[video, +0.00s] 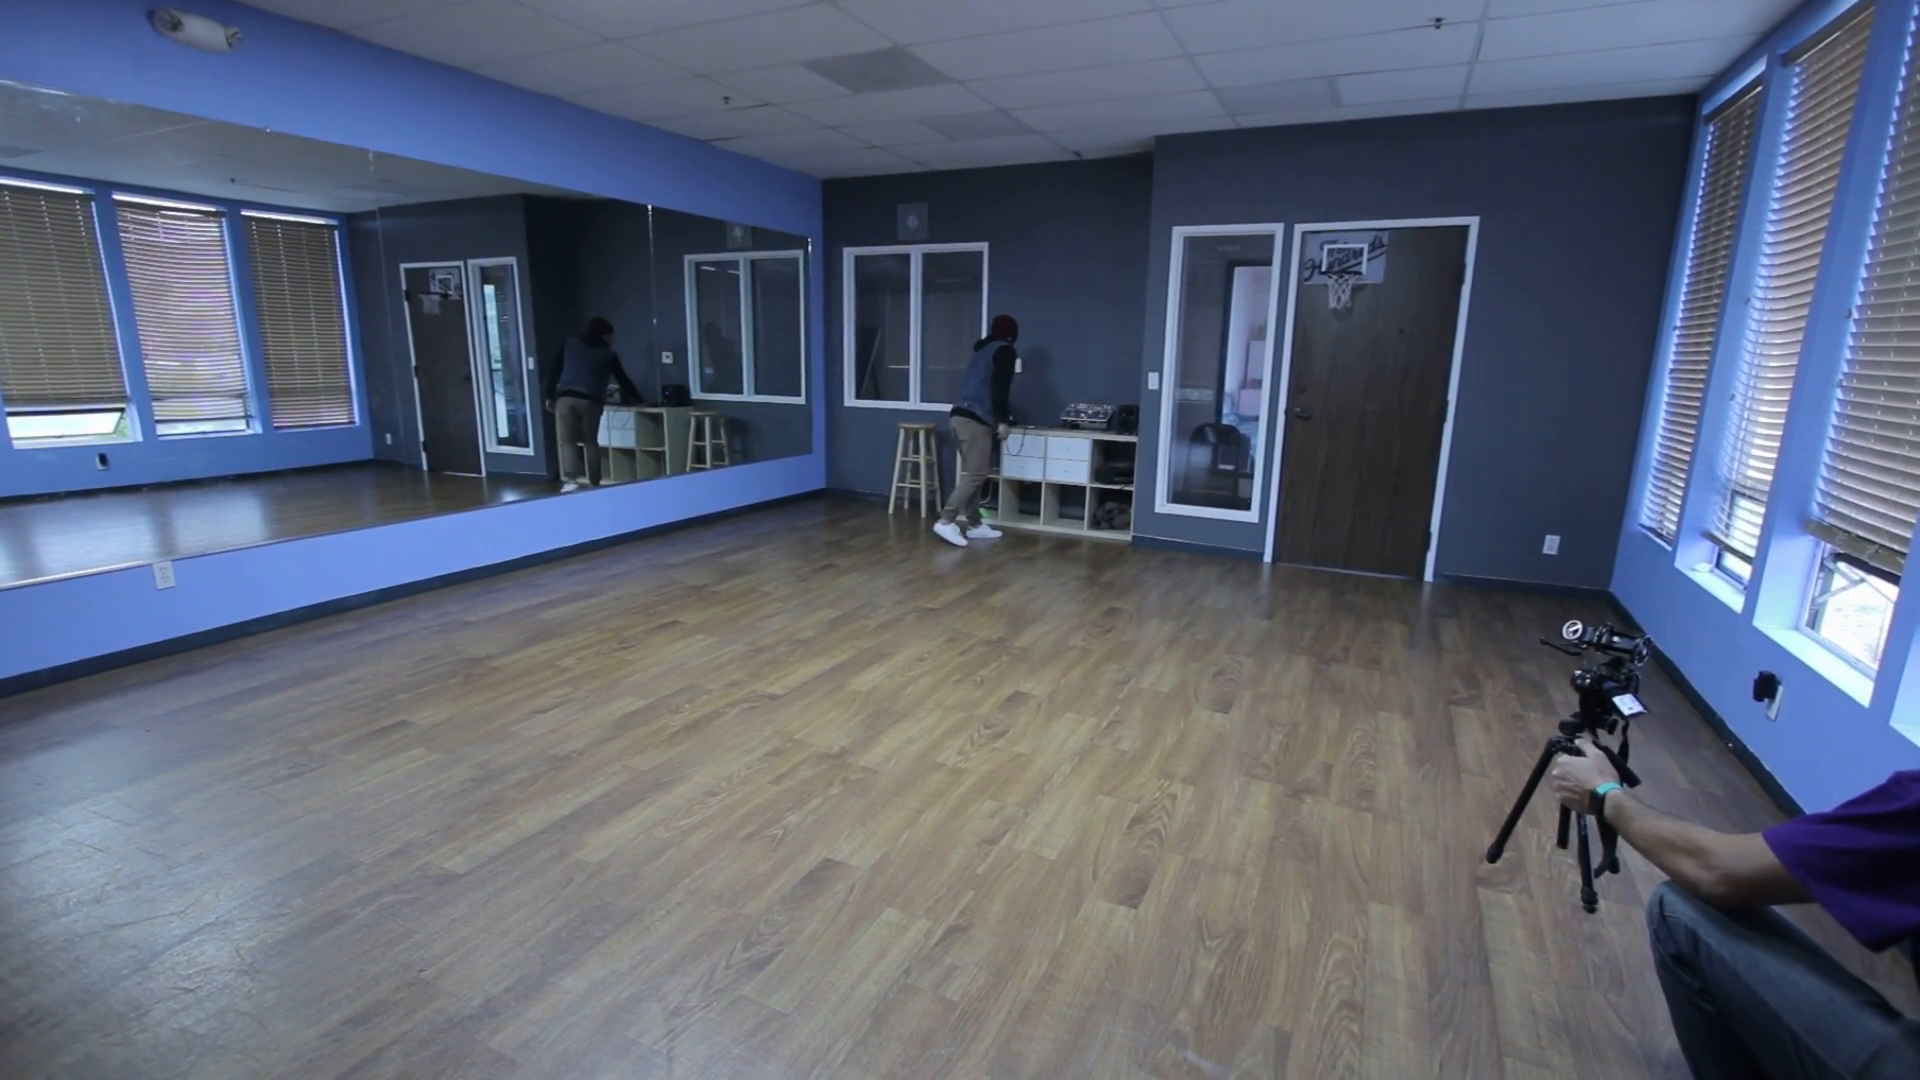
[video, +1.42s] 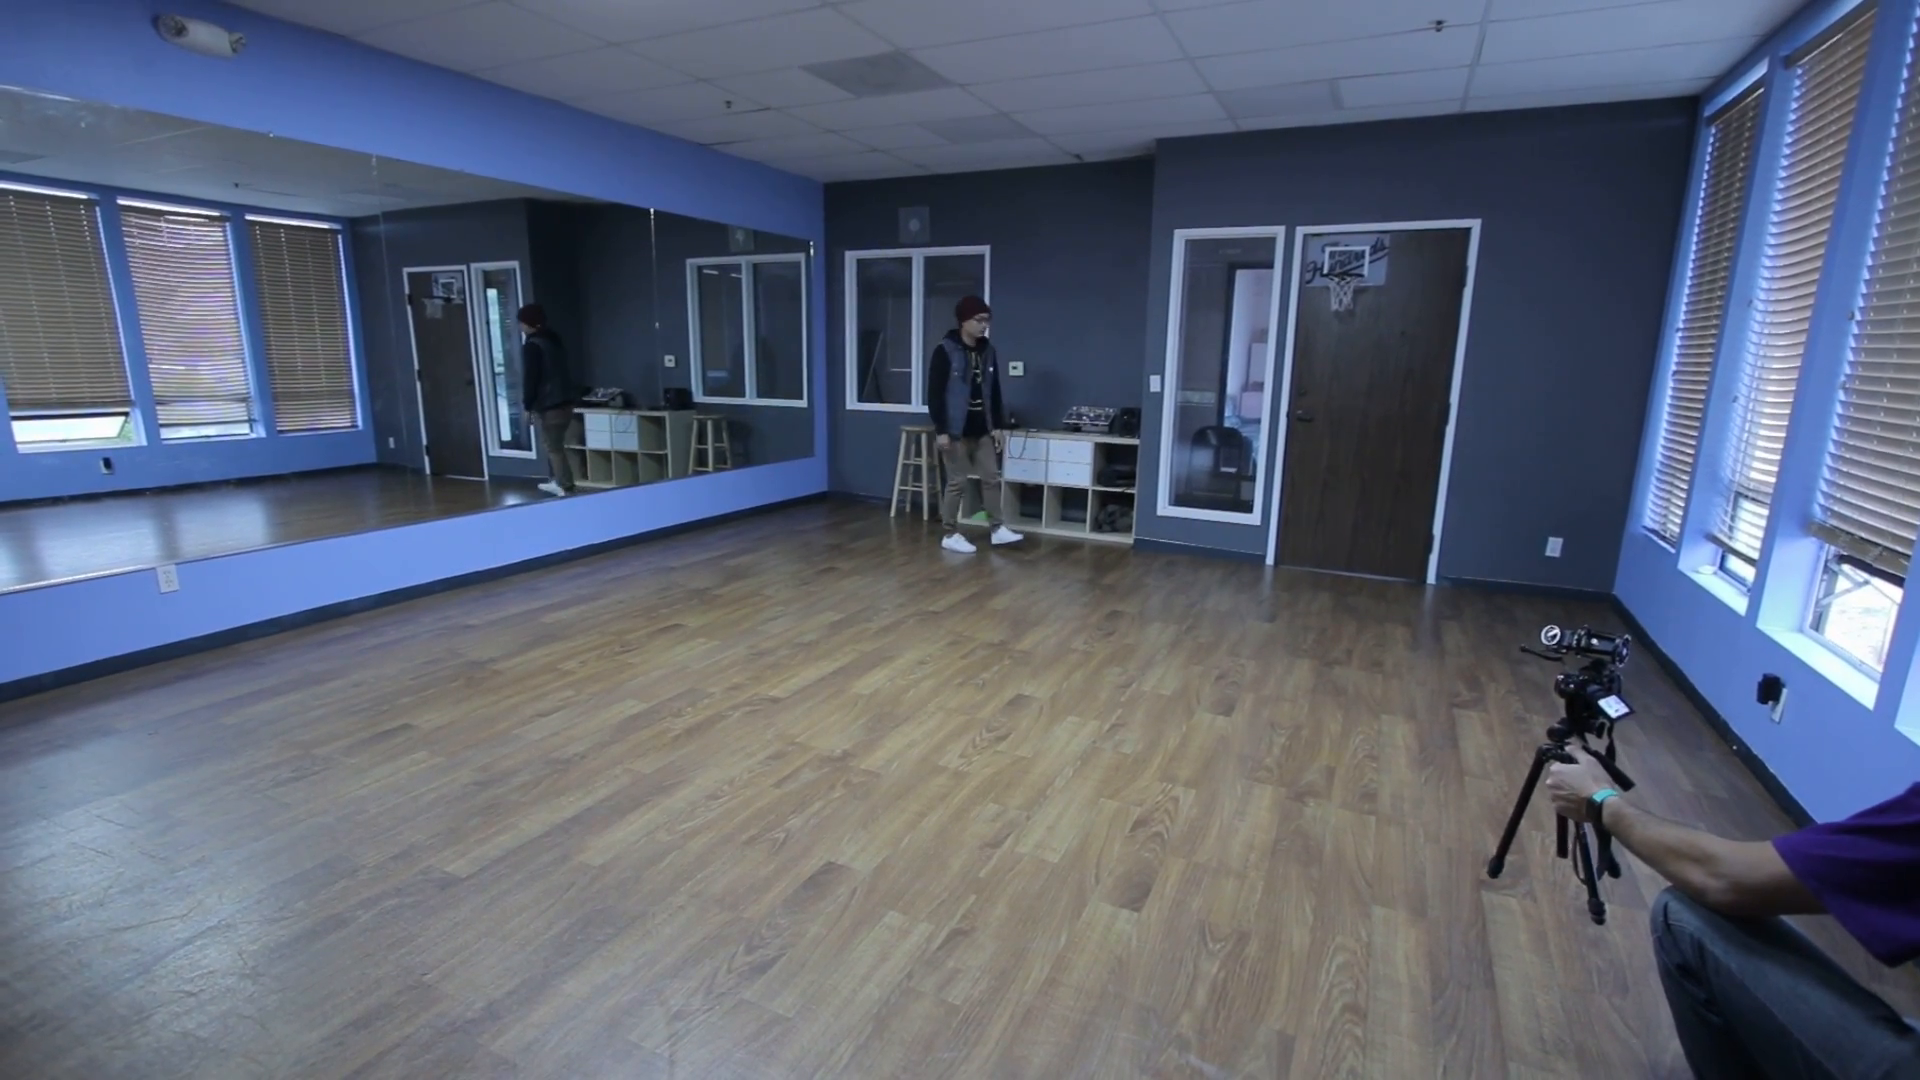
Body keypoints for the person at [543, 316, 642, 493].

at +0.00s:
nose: (611, 338)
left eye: (611, 335)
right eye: (610, 335)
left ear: (587, 330)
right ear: (606, 335)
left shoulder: (570, 344)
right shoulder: (608, 353)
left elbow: (555, 370)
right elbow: (623, 380)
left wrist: (550, 396)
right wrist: (638, 399)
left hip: (566, 399)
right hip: (590, 401)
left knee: (566, 441)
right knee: (590, 441)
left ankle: (569, 481)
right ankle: (594, 482)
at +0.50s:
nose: (594, 336)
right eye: (593, 333)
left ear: (573, 329)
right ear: (593, 333)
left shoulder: (558, 345)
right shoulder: (597, 352)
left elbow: (547, 373)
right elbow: (614, 378)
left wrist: (544, 400)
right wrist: (628, 399)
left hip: (563, 401)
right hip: (588, 402)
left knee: (562, 444)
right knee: (589, 444)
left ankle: (566, 485)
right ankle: (594, 484)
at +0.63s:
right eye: (585, 329)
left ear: (565, 327)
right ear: (585, 329)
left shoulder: (553, 344)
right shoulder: (591, 349)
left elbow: (543, 373)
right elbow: (605, 379)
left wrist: (542, 400)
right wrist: (619, 399)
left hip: (560, 400)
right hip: (586, 401)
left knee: (559, 444)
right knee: (587, 442)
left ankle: (566, 484)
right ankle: (594, 481)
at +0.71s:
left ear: (557, 328)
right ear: (579, 329)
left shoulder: (547, 346)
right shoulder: (585, 348)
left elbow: (540, 375)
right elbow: (598, 379)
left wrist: (539, 402)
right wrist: (606, 404)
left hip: (558, 402)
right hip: (583, 401)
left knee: (556, 447)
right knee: (587, 444)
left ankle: (566, 485)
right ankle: (595, 483)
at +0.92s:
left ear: (542, 328)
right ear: (563, 327)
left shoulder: (537, 347)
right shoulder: (572, 345)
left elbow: (532, 377)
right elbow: (581, 374)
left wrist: (529, 404)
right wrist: (580, 396)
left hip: (553, 404)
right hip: (578, 402)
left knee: (551, 449)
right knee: (584, 445)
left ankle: (566, 486)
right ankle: (595, 483)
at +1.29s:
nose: (525, 332)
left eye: (526, 329)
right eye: (525, 328)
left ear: (529, 329)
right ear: (545, 325)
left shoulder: (530, 350)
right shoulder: (558, 343)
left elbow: (529, 382)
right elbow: (567, 375)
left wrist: (528, 410)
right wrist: (571, 398)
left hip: (547, 406)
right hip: (568, 403)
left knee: (549, 451)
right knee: (569, 448)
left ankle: (565, 488)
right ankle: (578, 484)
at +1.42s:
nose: (521, 328)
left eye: (522, 323)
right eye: (521, 324)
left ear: (529, 323)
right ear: (541, 321)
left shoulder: (532, 344)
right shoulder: (554, 337)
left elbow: (531, 377)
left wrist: (528, 406)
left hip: (547, 402)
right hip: (563, 397)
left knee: (553, 446)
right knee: (556, 445)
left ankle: (563, 484)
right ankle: (560, 480)